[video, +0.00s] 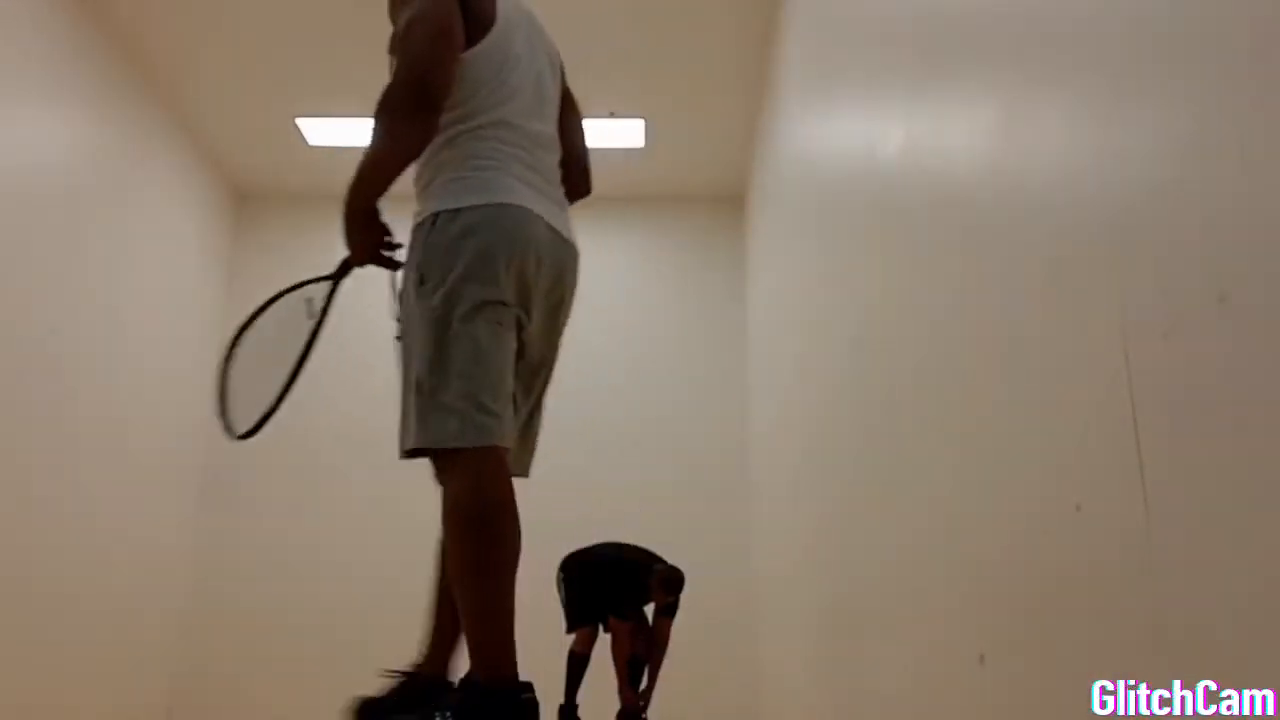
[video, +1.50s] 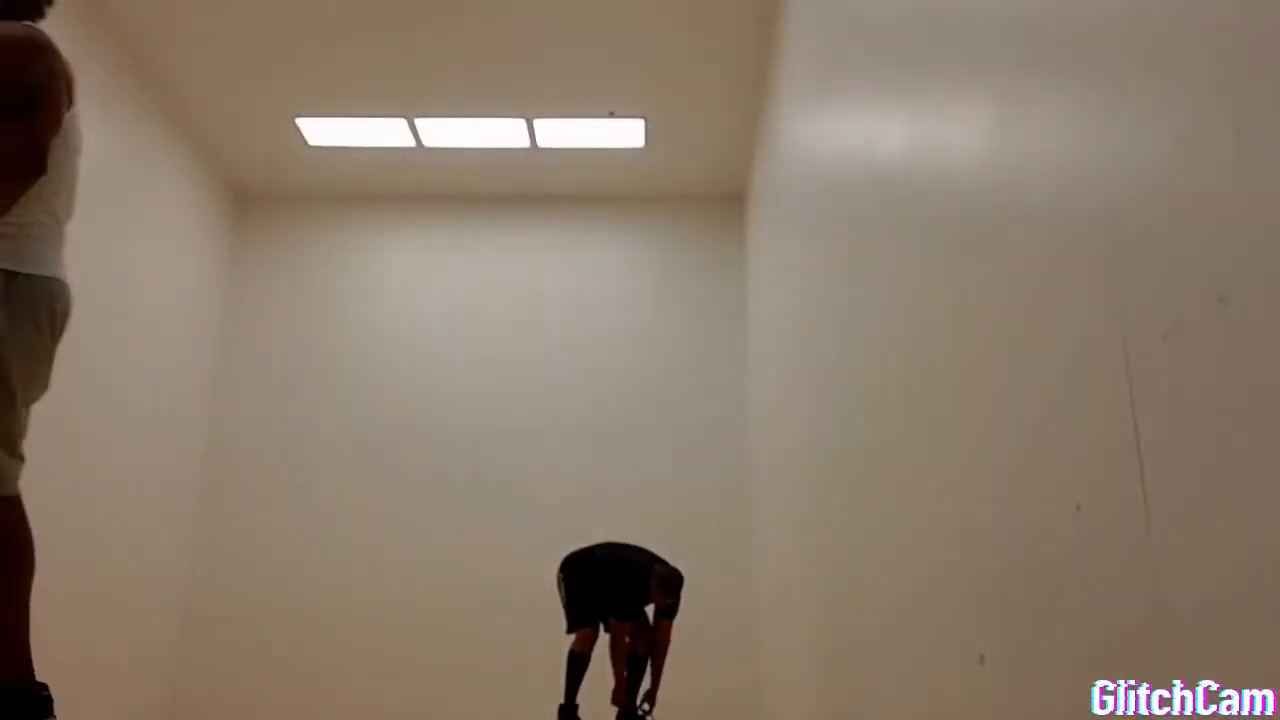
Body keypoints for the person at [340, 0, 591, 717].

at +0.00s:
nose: (392, 33)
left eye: (396, 20)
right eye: (392, 27)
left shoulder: (433, 3)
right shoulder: (539, 42)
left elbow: (421, 91)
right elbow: (574, 174)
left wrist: (361, 197)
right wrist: (476, 200)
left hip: (472, 225)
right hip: (551, 239)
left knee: (473, 461)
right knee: (482, 467)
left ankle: (496, 687)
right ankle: (433, 675)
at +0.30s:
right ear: (421, 8)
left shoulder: (354, 19)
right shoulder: (459, 88)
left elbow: (330, 126)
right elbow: (497, 216)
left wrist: (244, 238)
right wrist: (424, 275)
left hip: (369, 261)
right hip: (443, 282)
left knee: (394, 465)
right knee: (325, 482)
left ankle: (481, 671)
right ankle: (253, 686)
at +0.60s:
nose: (261, 26)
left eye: (266, 19)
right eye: (263, 21)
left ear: (285, 15)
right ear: (349, 28)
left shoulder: (285, 43)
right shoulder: (371, 112)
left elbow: (269, 135)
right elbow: (412, 242)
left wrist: (181, 249)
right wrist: (334, 294)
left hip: (278, 277)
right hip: (349, 307)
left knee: (150, 440)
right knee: (279, 482)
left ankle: (269, 615)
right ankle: (248, 694)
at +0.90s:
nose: (182, 30)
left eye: (192, 17)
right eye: (186, 17)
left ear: (219, 22)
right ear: (266, 39)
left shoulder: (211, 66)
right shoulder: (302, 133)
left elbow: (210, 164)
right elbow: (274, 236)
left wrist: (153, 276)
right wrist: (159, 259)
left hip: (209, 291)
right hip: (286, 314)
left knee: (86, 481)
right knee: (246, 493)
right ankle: (242, 687)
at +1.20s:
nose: (58, 13)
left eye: (73, 2)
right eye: (65, 1)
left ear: (105, 11)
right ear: (150, 23)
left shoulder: (99, 62)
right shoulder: (173, 110)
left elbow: (111, 169)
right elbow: (169, 225)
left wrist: (42, 284)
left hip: (100, 296)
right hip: (165, 312)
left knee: (42, 497)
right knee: (116, 498)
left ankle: (21, 681)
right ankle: (197, 623)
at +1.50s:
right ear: (43, 1)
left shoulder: (24, 51)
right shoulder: (48, 59)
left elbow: (22, 166)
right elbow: (43, 183)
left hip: (18, 281)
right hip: (34, 281)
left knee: (3, 480)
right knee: (4, 480)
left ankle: (16, 677)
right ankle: (16, 676)